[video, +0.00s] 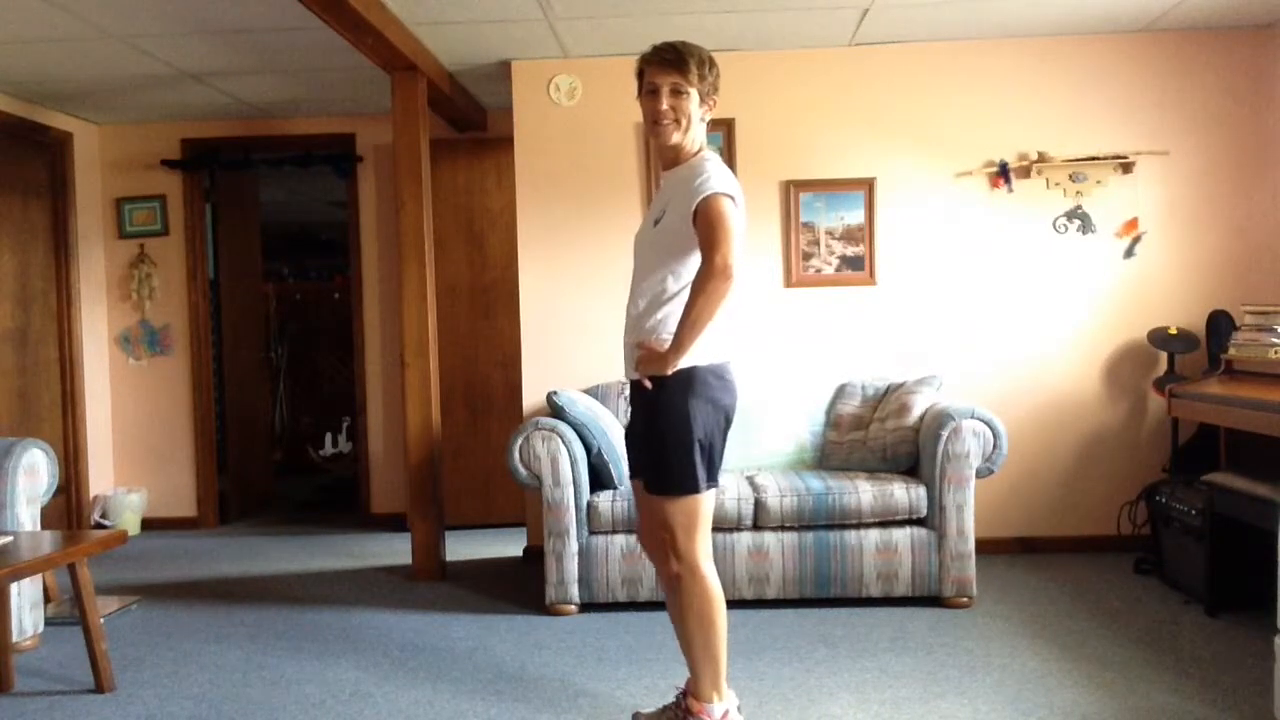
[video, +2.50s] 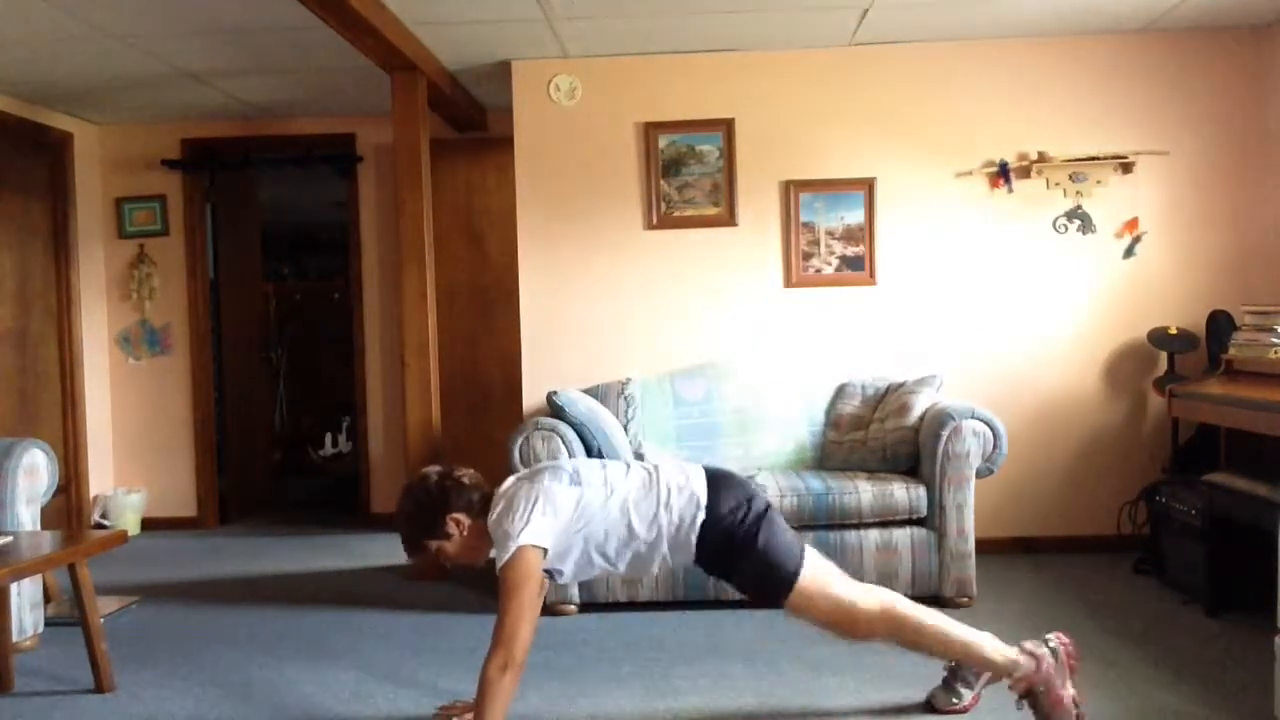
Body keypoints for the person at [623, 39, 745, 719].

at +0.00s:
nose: (661, 104)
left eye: (676, 92)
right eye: (651, 92)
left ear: (705, 103)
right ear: (640, 101)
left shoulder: (707, 176)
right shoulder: (670, 181)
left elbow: (721, 267)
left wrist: (673, 353)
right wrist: (649, 355)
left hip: (684, 382)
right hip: (656, 382)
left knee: (686, 551)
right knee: (660, 547)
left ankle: (713, 700)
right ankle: (704, 691)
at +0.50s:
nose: (625, 127)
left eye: (637, 111)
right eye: (617, 116)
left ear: (676, 109)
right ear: (614, 119)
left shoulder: (686, 174)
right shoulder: (660, 182)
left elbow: (707, 255)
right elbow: (671, 273)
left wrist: (653, 334)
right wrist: (640, 342)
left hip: (691, 374)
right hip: (676, 374)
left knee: (674, 543)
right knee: (669, 541)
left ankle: (711, 696)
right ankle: (703, 679)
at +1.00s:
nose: (477, 415)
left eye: (477, 401)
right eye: (471, 404)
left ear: (507, 382)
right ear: (510, 377)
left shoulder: (557, 415)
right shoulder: (564, 392)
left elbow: (523, 543)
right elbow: (535, 532)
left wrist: (469, 650)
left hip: (754, 443)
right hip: (754, 434)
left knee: (639, 578)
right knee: (658, 555)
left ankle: (706, 714)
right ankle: (707, 683)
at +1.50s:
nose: (457, 577)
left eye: (445, 569)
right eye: (447, 574)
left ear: (450, 538)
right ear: (458, 523)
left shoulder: (496, 516)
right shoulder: (513, 503)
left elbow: (498, 656)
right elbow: (519, 621)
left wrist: (480, 714)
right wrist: (486, 704)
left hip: (674, 429)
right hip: (687, 419)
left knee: (595, 602)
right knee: (637, 564)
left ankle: (696, 713)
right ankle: (736, 649)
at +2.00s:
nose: (435, 566)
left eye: (428, 556)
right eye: (426, 558)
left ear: (449, 527)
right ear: (457, 501)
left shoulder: (522, 510)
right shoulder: (514, 487)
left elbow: (508, 640)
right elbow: (516, 622)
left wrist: (487, 714)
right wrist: (484, 699)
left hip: (693, 496)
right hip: (704, 491)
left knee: (589, 599)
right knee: (832, 590)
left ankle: (699, 714)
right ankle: (968, 644)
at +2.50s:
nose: (445, 566)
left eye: (437, 556)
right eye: (437, 556)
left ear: (455, 531)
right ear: (466, 504)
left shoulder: (520, 526)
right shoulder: (523, 489)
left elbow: (514, 641)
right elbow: (518, 617)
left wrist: (482, 714)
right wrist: (488, 697)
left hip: (718, 521)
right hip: (713, 495)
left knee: (858, 615)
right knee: (854, 598)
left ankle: (1026, 662)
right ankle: (975, 654)